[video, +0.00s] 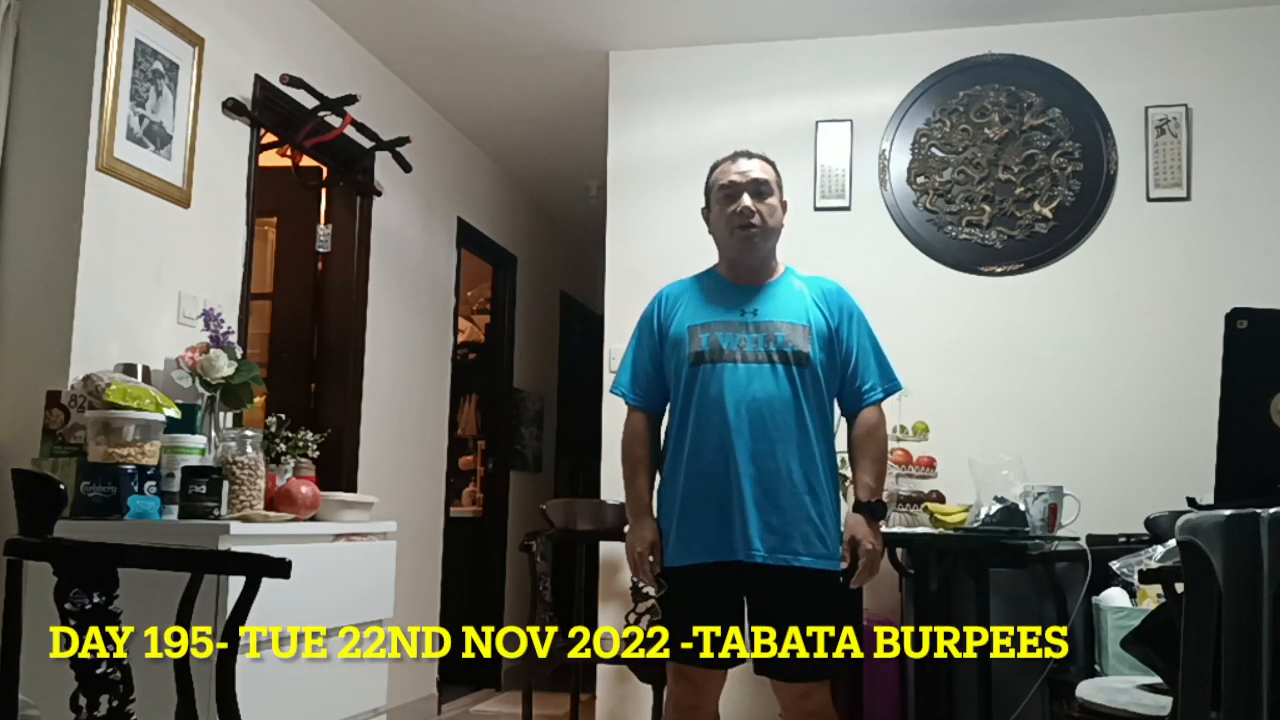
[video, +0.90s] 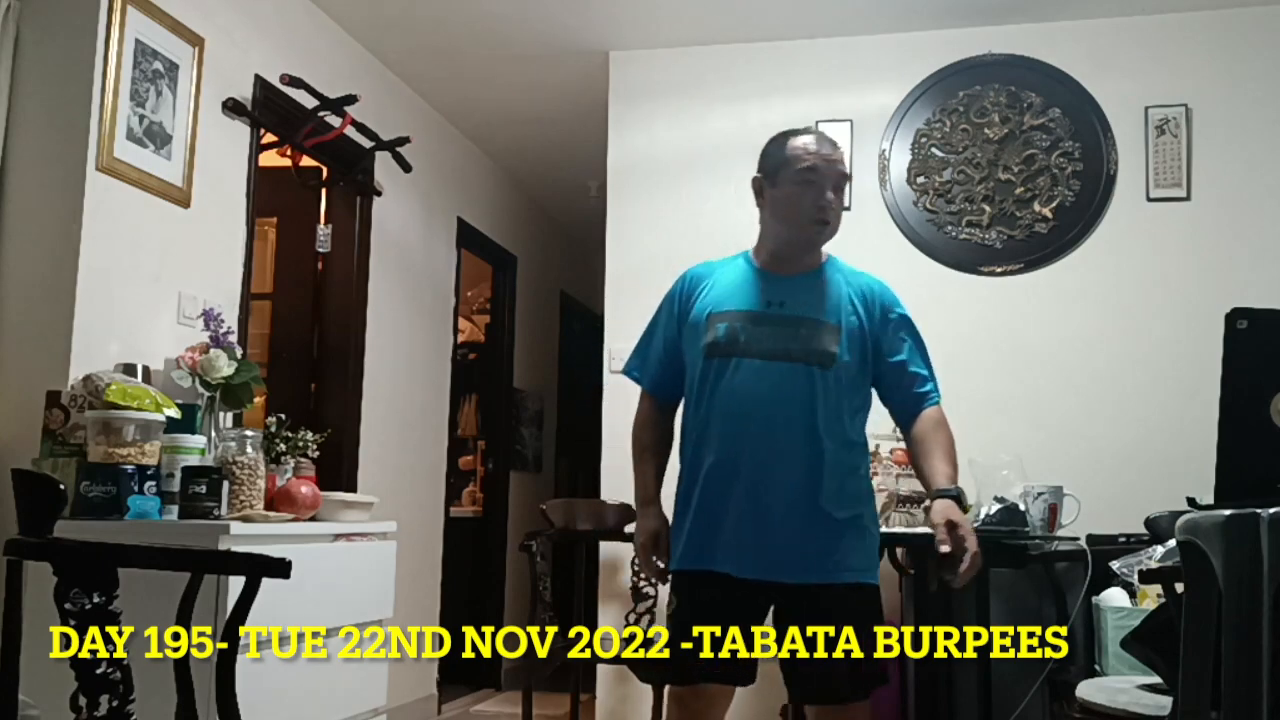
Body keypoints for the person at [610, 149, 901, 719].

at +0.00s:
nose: (745, 201)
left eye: (760, 191)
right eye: (729, 193)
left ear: (783, 213)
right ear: (707, 218)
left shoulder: (829, 303)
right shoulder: (671, 305)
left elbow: (867, 409)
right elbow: (640, 416)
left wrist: (867, 510)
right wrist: (640, 516)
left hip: (803, 541)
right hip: (698, 539)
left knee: (808, 698)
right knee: (691, 691)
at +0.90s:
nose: (828, 197)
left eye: (838, 185)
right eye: (809, 180)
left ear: (847, 200)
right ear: (761, 191)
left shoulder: (871, 301)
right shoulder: (699, 289)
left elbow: (921, 408)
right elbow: (655, 406)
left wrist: (945, 495)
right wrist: (648, 508)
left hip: (833, 559)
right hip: (716, 549)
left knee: (840, 710)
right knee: (692, 705)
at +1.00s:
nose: (874, 189)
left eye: (885, 175)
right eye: (856, 166)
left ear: (893, 188)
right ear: (804, 173)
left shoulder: (907, 294)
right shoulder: (731, 269)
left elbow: (964, 397)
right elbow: (683, 387)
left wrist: (994, 480)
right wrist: (674, 488)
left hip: (853, 550)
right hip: (736, 535)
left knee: (851, 709)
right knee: (694, 696)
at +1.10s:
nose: (911, 184)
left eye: (924, 170)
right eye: (894, 161)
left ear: (933, 183)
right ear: (841, 165)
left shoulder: (937, 289)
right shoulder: (758, 255)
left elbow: (1003, 385)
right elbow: (705, 368)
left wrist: (1048, 462)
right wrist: (690, 475)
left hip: (863, 560)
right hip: (746, 536)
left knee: (860, 712)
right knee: (701, 693)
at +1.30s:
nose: (966, 192)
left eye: (979, 176)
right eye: (949, 166)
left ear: (986, 183)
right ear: (891, 159)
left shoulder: (980, 295)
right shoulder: (793, 240)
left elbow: (1062, 379)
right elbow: (726, 349)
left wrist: (1135, 444)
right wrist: (706, 460)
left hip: (880, 570)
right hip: (762, 540)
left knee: (861, 714)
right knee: (726, 706)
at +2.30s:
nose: (949, 175)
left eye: (962, 160)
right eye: (931, 151)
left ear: (969, 167)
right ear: (873, 151)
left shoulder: (970, 287)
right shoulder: (773, 240)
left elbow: (1036, 393)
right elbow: (708, 353)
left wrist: (1090, 476)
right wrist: (692, 472)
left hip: (878, 572)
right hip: (752, 541)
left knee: (859, 717)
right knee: (711, 702)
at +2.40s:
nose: (918, 168)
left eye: (927, 151)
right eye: (898, 143)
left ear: (930, 164)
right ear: (837, 147)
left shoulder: (943, 280)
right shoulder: (750, 246)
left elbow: (1001, 399)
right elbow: (688, 366)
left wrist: (1026, 499)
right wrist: (676, 483)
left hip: (869, 571)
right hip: (743, 547)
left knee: (861, 715)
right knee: (705, 703)